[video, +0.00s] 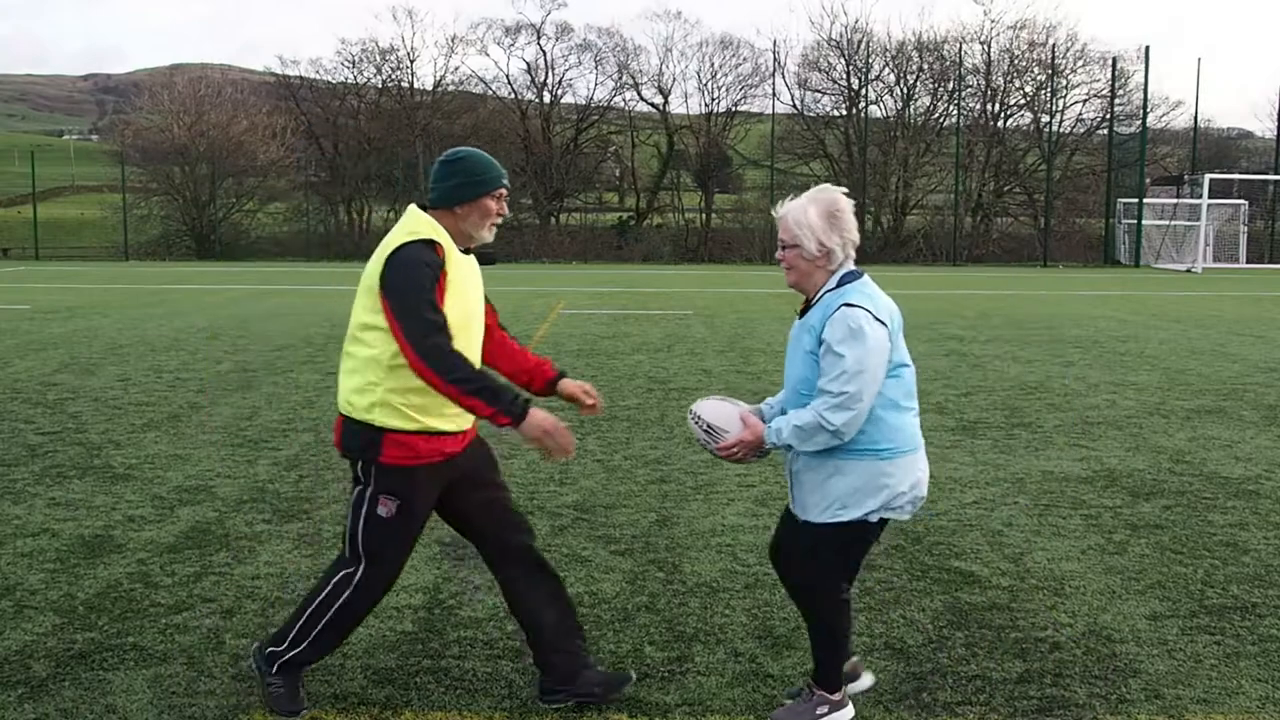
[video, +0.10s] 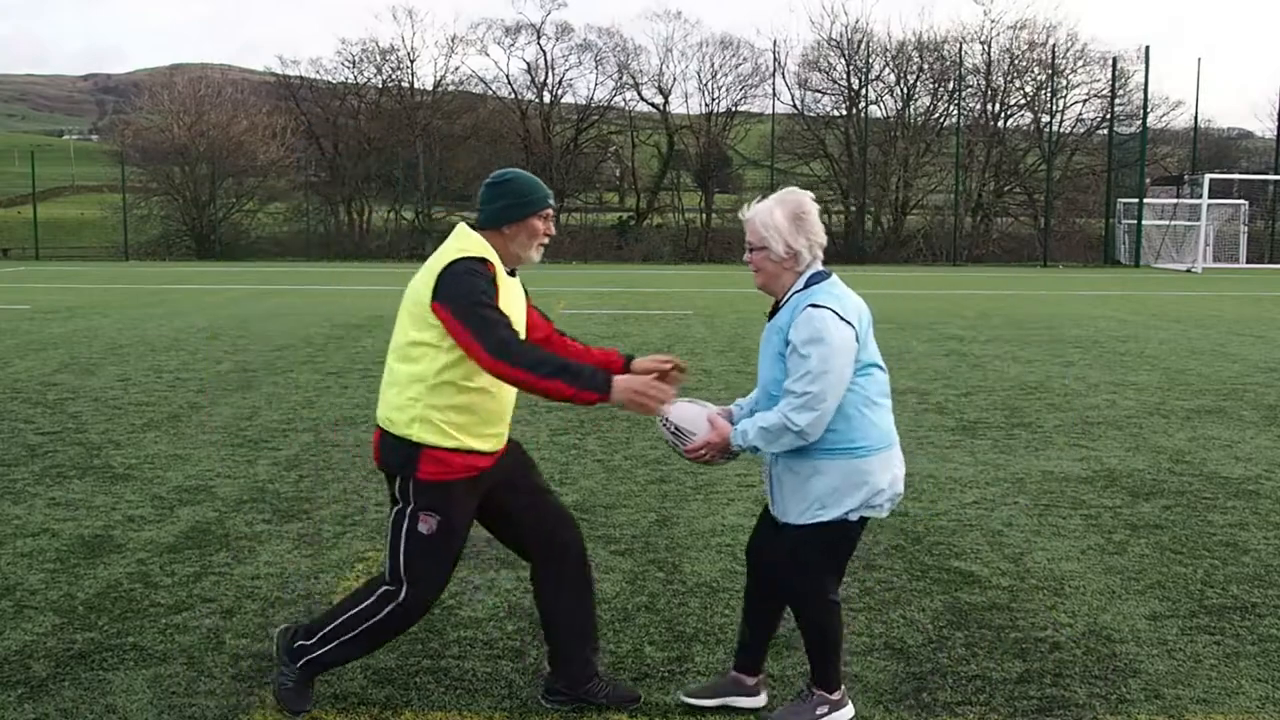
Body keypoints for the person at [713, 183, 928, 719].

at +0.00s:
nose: (779, 257)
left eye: (788, 246)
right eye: (779, 245)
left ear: (824, 251)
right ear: (821, 252)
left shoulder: (855, 316)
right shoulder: (822, 307)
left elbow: (838, 415)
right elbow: (805, 392)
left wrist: (768, 436)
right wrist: (756, 418)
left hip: (866, 475)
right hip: (832, 466)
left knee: (823, 575)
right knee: (789, 554)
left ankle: (828, 695)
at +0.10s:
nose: (747, 260)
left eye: (756, 250)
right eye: (747, 249)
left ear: (792, 253)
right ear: (790, 254)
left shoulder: (822, 316)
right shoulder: (792, 309)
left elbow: (803, 418)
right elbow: (775, 393)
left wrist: (736, 438)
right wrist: (726, 417)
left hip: (845, 473)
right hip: (807, 466)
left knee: (810, 578)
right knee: (765, 556)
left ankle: (827, 695)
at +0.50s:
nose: (676, 251)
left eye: (685, 241)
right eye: (677, 240)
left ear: (720, 245)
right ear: (719, 245)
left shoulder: (749, 305)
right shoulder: (722, 300)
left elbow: (722, 403)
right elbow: (708, 390)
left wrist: (657, 413)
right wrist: (657, 412)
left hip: (761, 469)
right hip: (729, 465)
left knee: (741, 576)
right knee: (713, 569)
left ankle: (777, 697)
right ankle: (721, 685)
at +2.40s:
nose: (732, 244)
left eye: (742, 235)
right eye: (733, 234)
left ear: (778, 244)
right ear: (770, 245)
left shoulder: (804, 313)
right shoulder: (771, 302)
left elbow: (789, 416)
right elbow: (751, 383)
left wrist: (716, 421)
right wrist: (702, 401)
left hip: (796, 478)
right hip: (763, 470)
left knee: (774, 584)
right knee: (740, 563)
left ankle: (781, 699)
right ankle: (770, 674)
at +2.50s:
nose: (737, 245)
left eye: (747, 236)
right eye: (737, 235)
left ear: (783, 244)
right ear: (774, 244)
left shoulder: (810, 313)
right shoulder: (776, 301)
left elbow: (797, 415)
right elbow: (758, 383)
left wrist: (723, 422)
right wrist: (708, 402)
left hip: (802, 476)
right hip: (770, 467)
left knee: (778, 585)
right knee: (754, 563)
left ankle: (780, 701)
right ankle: (814, 665)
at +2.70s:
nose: (754, 247)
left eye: (763, 238)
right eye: (755, 236)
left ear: (798, 244)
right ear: (790, 245)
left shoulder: (828, 314)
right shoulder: (795, 304)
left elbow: (817, 413)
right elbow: (776, 384)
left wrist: (740, 422)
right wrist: (728, 403)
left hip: (826, 475)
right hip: (803, 469)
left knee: (785, 581)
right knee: (813, 574)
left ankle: (780, 702)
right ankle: (892, 653)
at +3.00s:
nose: (811, 252)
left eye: (823, 242)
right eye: (809, 241)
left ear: (860, 249)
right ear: (848, 251)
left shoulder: (880, 316)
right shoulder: (851, 308)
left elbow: (872, 414)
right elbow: (834, 390)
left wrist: (802, 424)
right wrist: (785, 413)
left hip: (880, 480)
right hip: (862, 475)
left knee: (830, 582)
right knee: (874, 578)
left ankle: (786, 699)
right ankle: (931, 677)